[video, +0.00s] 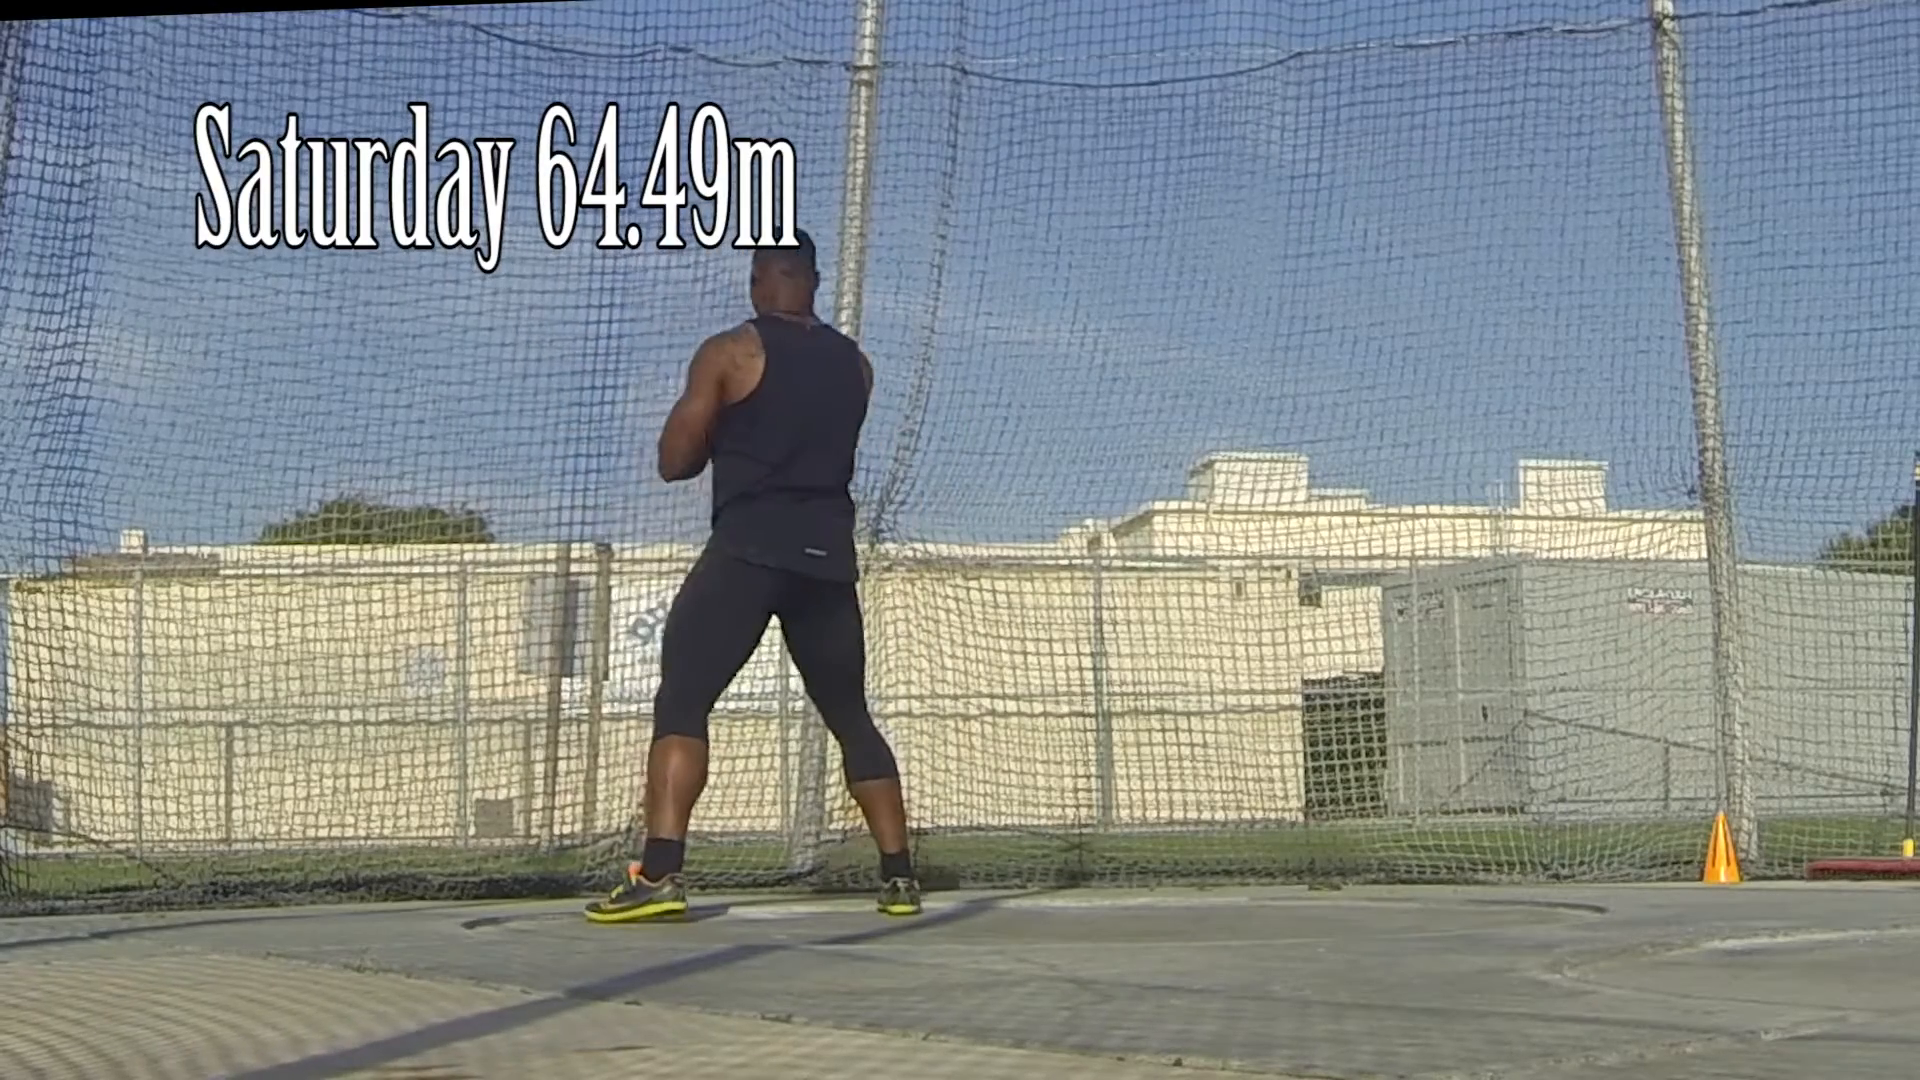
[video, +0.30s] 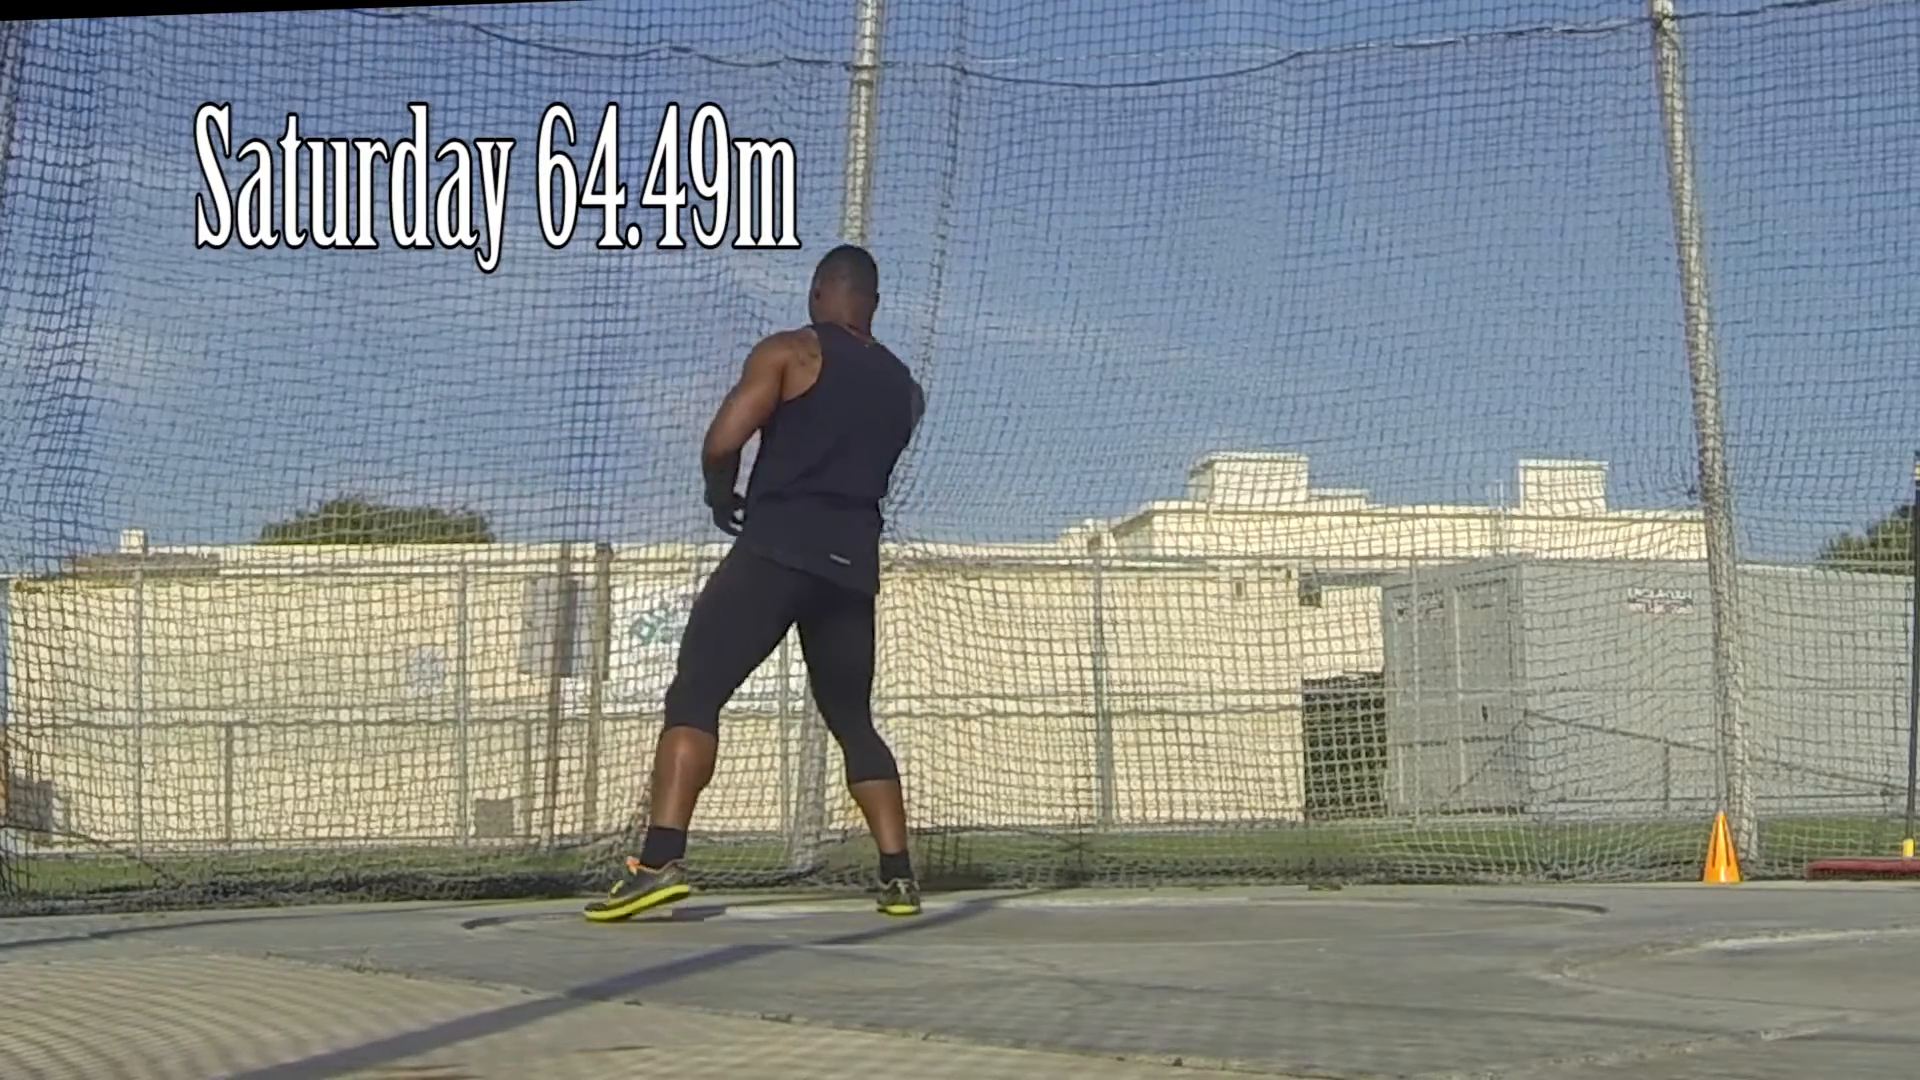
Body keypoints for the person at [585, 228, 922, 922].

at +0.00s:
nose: (756, 290)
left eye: (756, 279)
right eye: (765, 279)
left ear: (757, 286)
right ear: (813, 288)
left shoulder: (726, 351)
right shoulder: (854, 362)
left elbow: (674, 461)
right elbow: (831, 443)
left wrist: (728, 412)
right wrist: (748, 409)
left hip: (745, 557)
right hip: (828, 565)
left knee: (682, 701)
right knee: (850, 715)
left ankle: (658, 875)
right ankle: (900, 875)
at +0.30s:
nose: (822, 306)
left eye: (817, 294)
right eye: (851, 299)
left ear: (814, 296)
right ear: (874, 306)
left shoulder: (787, 351)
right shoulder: (905, 389)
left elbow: (722, 443)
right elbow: (866, 466)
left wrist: (720, 497)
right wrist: (787, 496)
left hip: (773, 557)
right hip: (851, 573)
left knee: (696, 694)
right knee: (853, 718)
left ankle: (659, 863)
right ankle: (898, 876)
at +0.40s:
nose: (831, 309)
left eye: (831, 299)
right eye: (842, 302)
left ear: (830, 302)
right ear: (891, 313)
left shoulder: (798, 349)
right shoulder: (919, 403)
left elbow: (727, 441)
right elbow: (888, 480)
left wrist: (736, 503)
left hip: (776, 552)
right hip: (854, 574)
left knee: (682, 687)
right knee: (851, 716)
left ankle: (661, 855)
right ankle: (899, 875)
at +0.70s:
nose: (858, 325)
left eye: (855, 315)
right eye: (887, 324)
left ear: (847, 318)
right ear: (907, 335)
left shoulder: (791, 355)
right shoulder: (925, 409)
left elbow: (711, 438)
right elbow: (934, 525)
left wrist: (702, 542)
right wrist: (949, 628)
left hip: (756, 559)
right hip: (844, 582)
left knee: (685, 700)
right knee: (862, 720)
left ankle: (643, 846)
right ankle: (899, 876)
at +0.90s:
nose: (857, 333)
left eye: (848, 322)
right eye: (881, 332)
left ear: (836, 326)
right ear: (892, 340)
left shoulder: (778, 362)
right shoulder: (903, 378)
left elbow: (690, 418)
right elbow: (950, 432)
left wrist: (661, 520)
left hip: (749, 555)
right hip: (838, 573)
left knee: (679, 697)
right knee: (869, 718)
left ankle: (651, 856)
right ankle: (900, 877)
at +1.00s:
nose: (827, 331)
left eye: (821, 322)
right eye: (845, 329)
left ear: (810, 329)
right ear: (867, 343)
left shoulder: (758, 367)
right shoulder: (884, 376)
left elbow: (673, 424)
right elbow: (960, 392)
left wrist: (651, 529)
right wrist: (1007, 391)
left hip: (746, 561)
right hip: (837, 575)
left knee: (668, 698)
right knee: (867, 716)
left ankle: (657, 864)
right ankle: (900, 877)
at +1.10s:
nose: (756, 339)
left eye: (757, 332)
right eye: (766, 335)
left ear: (765, 333)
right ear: (822, 338)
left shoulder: (729, 371)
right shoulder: (860, 376)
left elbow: (657, 432)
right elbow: (947, 392)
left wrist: (646, 533)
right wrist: (1031, 390)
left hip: (743, 567)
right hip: (832, 576)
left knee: (657, 705)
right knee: (864, 718)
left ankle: (662, 872)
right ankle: (901, 874)